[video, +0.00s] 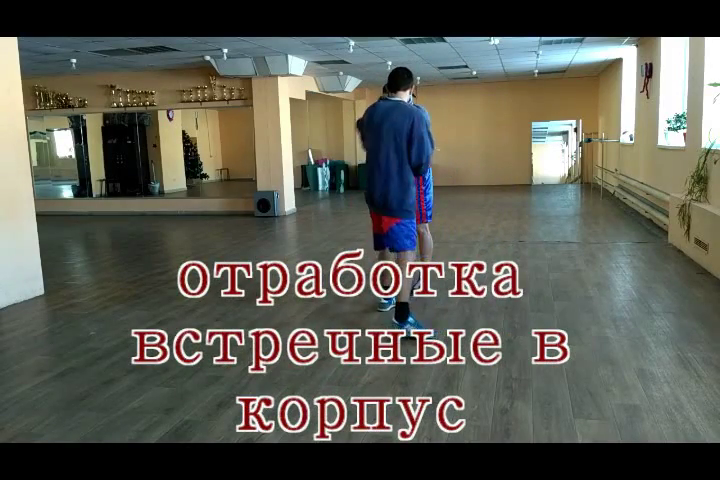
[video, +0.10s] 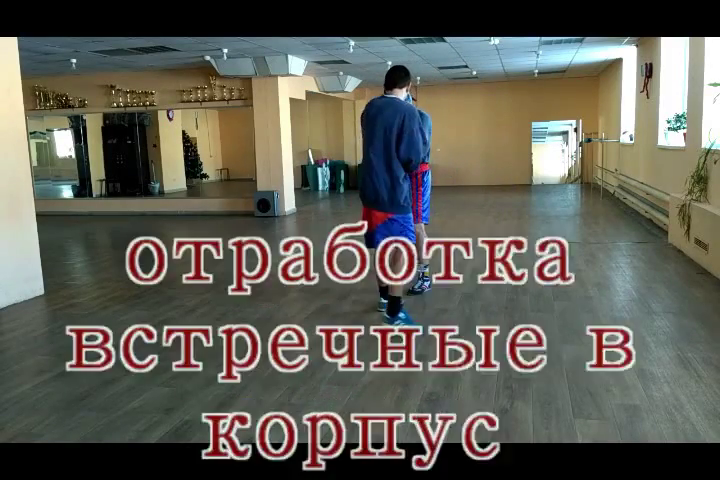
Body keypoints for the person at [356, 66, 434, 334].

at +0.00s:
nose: (413, 92)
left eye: (412, 89)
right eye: (413, 89)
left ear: (387, 86)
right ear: (410, 89)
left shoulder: (371, 111)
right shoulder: (413, 115)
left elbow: (368, 146)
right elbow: (420, 162)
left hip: (375, 190)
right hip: (402, 193)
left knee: (382, 248)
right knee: (405, 256)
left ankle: (386, 296)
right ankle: (403, 316)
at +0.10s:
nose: (407, 91)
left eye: (406, 87)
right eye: (408, 87)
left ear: (385, 84)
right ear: (406, 87)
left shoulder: (370, 107)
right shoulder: (407, 112)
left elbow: (371, 142)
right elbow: (413, 158)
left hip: (370, 187)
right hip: (396, 191)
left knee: (381, 245)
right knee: (400, 252)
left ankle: (385, 294)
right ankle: (394, 311)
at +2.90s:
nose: (395, 104)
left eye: (395, 100)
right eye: (394, 99)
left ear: (383, 97)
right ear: (385, 97)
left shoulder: (385, 122)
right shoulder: (363, 120)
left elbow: (410, 116)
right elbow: (353, 160)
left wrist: (436, 101)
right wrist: (381, 161)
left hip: (370, 190)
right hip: (352, 190)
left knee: (380, 229)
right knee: (344, 233)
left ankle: (381, 272)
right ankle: (329, 285)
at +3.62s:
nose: (376, 108)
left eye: (377, 104)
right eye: (374, 103)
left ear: (366, 102)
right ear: (363, 101)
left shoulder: (367, 124)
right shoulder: (346, 125)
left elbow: (374, 151)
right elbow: (340, 164)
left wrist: (389, 134)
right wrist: (369, 163)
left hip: (368, 188)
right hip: (347, 191)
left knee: (384, 225)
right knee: (336, 232)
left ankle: (389, 264)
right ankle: (316, 273)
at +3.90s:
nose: (394, 107)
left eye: (396, 103)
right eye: (392, 102)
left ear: (385, 101)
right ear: (380, 99)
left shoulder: (395, 117)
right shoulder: (360, 120)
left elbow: (422, 113)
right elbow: (349, 155)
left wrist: (449, 103)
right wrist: (377, 158)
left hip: (375, 182)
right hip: (353, 183)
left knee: (384, 223)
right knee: (343, 223)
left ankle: (389, 265)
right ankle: (328, 267)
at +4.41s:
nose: (379, 108)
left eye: (380, 104)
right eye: (377, 103)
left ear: (368, 103)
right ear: (365, 101)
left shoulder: (370, 123)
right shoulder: (349, 125)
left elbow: (377, 150)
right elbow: (347, 163)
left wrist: (392, 136)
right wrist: (376, 159)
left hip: (375, 183)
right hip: (355, 187)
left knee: (394, 214)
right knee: (351, 225)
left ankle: (397, 258)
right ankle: (333, 261)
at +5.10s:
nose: (387, 110)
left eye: (389, 106)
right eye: (384, 105)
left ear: (389, 105)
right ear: (372, 104)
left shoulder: (388, 123)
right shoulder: (360, 126)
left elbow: (391, 146)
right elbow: (354, 158)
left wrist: (404, 147)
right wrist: (382, 157)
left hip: (389, 179)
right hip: (368, 182)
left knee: (401, 215)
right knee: (362, 220)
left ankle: (408, 256)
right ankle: (350, 257)